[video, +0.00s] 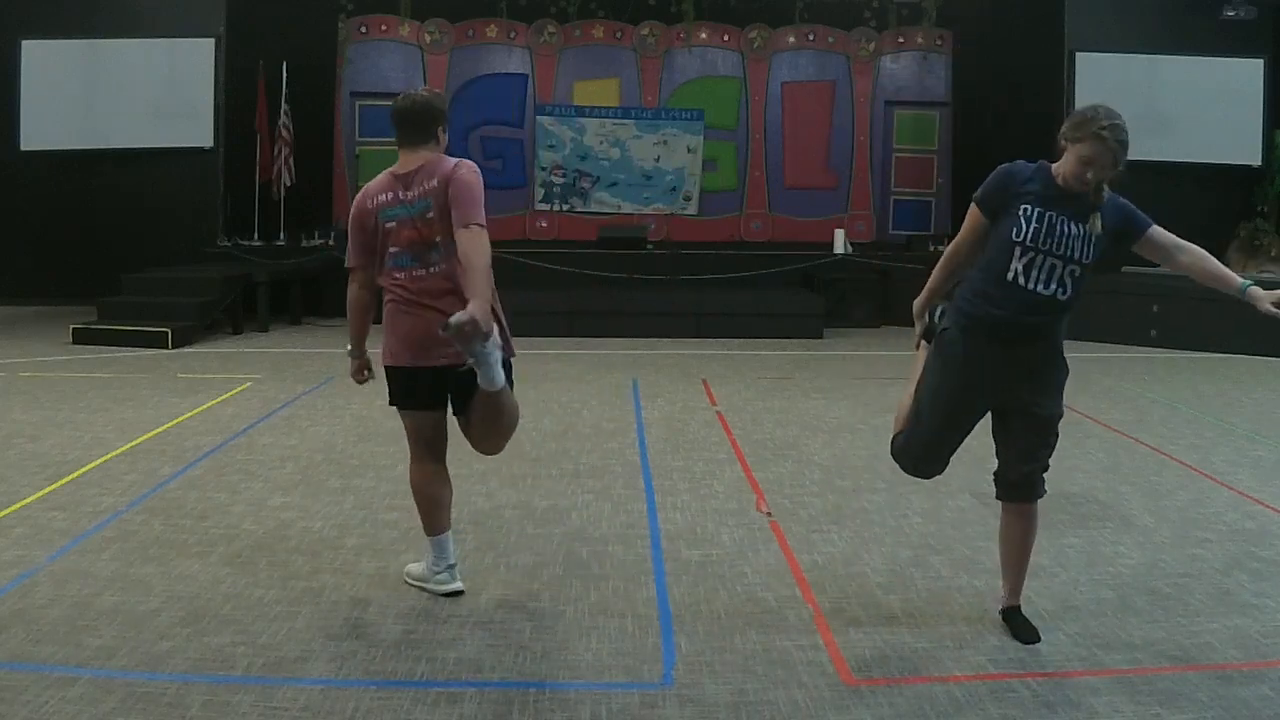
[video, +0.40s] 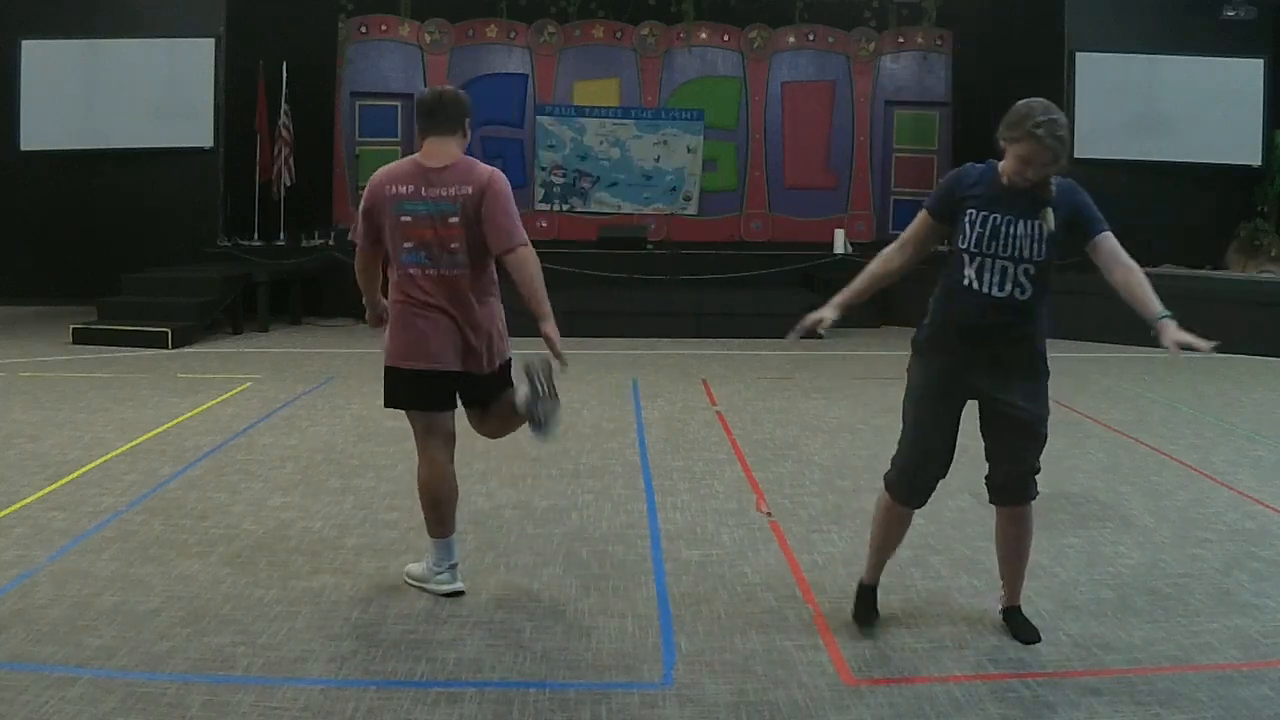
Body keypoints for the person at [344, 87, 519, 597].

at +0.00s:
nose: (448, 136)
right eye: (447, 131)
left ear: (395, 134)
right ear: (440, 133)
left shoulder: (369, 197)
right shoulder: (460, 174)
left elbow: (360, 280)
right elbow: (471, 238)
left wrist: (357, 347)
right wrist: (480, 305)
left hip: (407, 349)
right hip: (467, 339)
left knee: (426, 455)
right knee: (490, 439)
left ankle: (442, 565)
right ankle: (489, 353)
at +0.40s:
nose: (471, 137)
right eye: (471, 131)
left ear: (418, 131)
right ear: (466, 131)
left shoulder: (384, 182)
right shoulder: (487, 181)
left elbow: (367, 255)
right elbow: (516, 251)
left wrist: (373, 303)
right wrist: (545, 317)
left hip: (414, 336)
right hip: (480, 333)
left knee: (433, 447)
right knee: (491, 422)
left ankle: (443, 565)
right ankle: (532, 396)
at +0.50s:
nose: (477, 134)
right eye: (479, 127)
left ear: (428, 127)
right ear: (476, 127)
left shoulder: (392, 179)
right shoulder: (497, 184)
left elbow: (366, 250)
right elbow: (527, 264)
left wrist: (376, 292)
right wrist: (556, 328)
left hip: (421, 339)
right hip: (488, 337)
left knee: (436, 446)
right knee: (497, 408)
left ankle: (443, 565)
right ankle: (542, 465)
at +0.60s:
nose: (486, 134)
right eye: (487, 126)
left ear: (437, 126)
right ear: (487, 128)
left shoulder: (405, 181)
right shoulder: (509, 187)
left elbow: (374, 249)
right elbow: (536, 266)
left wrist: (378, 294)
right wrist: (554, 320)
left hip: (428, 340)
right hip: (495, 339)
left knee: (441, 445)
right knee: (509, 423)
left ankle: (444, 564)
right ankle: (528, 538)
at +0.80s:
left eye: (463, 128)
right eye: (509, 125)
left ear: (460, 130)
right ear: (509, 129)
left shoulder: (437, 192)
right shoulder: (543, 182)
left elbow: (406, 266)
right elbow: (562, 256)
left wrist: (379, 320)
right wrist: (530, 301)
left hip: (451, 337)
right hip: (522, 338)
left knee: (435, 433)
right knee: (521, 440)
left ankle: (433, 552)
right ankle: (521, 557)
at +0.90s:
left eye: (467, 129)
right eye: (503, 125)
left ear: (461, 132)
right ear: (510, 128)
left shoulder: (447, 202)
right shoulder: (552, 172)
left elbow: (414, 274)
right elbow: (584, 234)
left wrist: (382, 335)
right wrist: (552, 283)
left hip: (461, 330)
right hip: (532, 334)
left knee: (424, 390)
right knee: (525, 440)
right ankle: (520, 559)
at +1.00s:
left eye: (462, 135)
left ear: (457, 139)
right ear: (504, 132)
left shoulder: (452, 212)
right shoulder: (551, 166)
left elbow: (421, 287)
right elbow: (594, 225)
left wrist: (389, 351)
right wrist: (572, 286)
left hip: (472, 321)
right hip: (543, 327)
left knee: (424, 347)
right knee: (529, 438)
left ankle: (403, 402)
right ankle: (520, 558)